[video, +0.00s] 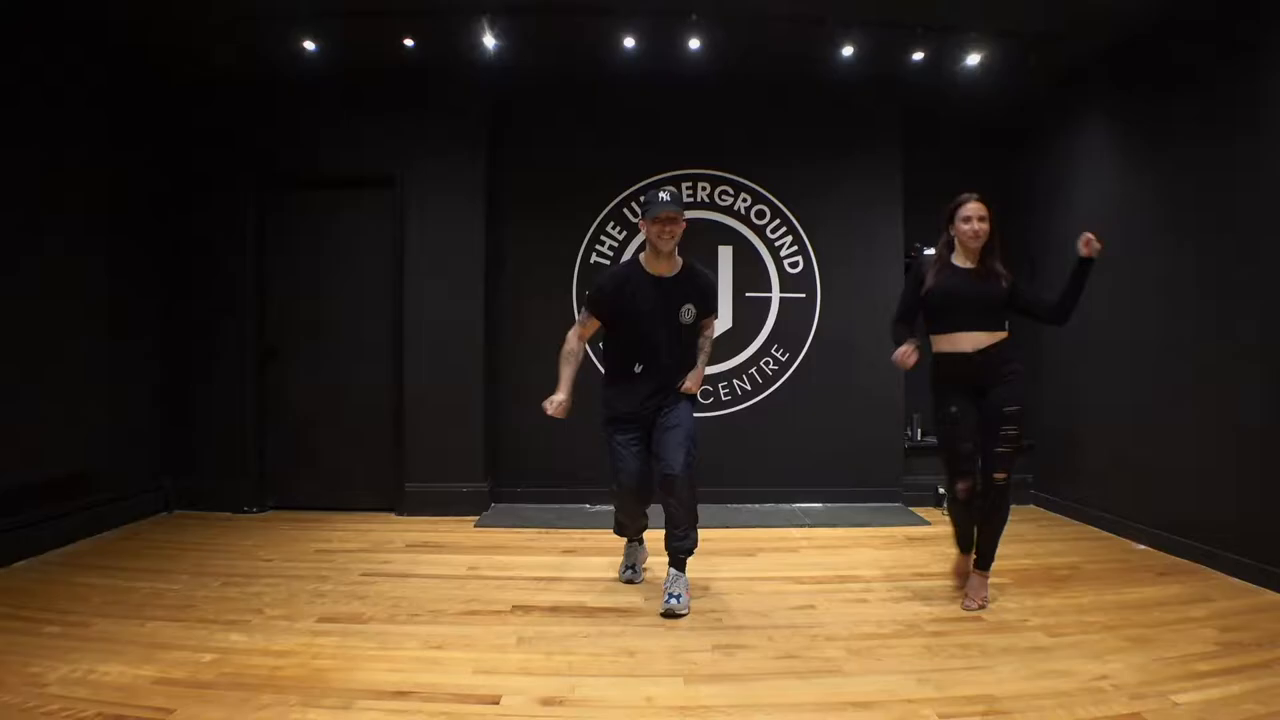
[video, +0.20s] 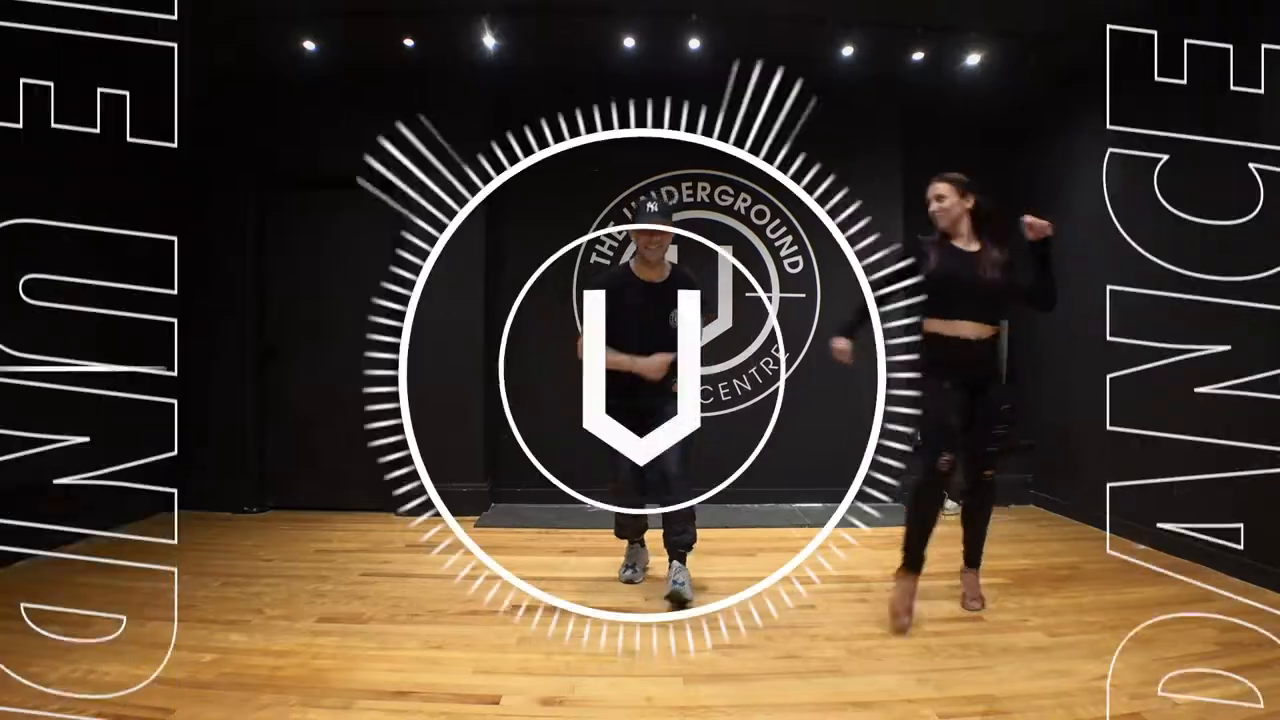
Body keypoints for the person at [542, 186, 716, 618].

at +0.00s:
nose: (668, 229)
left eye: (675, 222)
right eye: (660, 223)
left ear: (683, 225)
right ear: (644, 226)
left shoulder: (699, 282)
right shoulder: (615, 282)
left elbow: (706, 329)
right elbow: (576, 338)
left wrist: (699, 369)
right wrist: (564, 391)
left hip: (674, 396)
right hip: (624, 399)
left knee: (675, 475)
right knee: (629, 484)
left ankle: (677, 572)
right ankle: (634, 545)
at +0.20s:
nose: (653, 240)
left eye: (660, 234)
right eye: (646, 233)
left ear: (670, 239)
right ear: (633, 237)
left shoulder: (686, 286)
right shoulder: (609, 285)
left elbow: (693, 345)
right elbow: (585, 347)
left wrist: (680, 377)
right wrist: (638, 363)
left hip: (670, 397)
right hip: (622, 397)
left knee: (671, 470)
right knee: (626, 471)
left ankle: (678, 562)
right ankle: (635, 547)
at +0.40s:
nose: (640, 239)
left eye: (648, 232)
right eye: (633, 232)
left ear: (661, 234)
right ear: (623, 235)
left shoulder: (681, 281)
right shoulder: (605, 282)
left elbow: (696, 335)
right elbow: (581, 343)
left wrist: (685, 365)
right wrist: (633, 364)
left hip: (666, 390)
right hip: (620, 392)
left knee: (673, 462)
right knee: (624, 466)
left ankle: (680, 551)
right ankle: (635, 550)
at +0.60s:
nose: (628, 244)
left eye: (636, 236)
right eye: (624, 236)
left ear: (654, 239)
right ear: (617, 241)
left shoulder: (679, 284)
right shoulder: (604, 286)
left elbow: (695, 333)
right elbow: (574, 331)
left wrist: (685, 366)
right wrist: (552, 369)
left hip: (663, 388)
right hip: (617, 389)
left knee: (667, 458)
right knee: (624, 463)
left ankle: (666, 526)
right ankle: (633, 542)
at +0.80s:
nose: (632, 253)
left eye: (639, 245)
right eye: (626, 246)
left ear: (654, 246)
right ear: (618, 249)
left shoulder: (677, 291)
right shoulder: (606, 292)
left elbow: (691, 340)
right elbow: (588, 339)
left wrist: (683, 374)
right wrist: (606, 357)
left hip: (662, 388)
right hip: (620, 390)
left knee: (659, 457)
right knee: (626, 459)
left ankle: (648, 525)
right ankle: (633, 537)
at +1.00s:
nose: (652, 261)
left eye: (656, 253)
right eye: (644, 254)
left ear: (663, 255)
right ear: (631, 257)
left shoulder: (680, 295)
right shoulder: (617, 300)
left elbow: (691, 341)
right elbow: (625, 359)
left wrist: (682, 374)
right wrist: (679, 352)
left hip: (664, 391)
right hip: (626, 394)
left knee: (660, 458)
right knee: (632, 460)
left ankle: (642, 530)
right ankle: (639, 532)